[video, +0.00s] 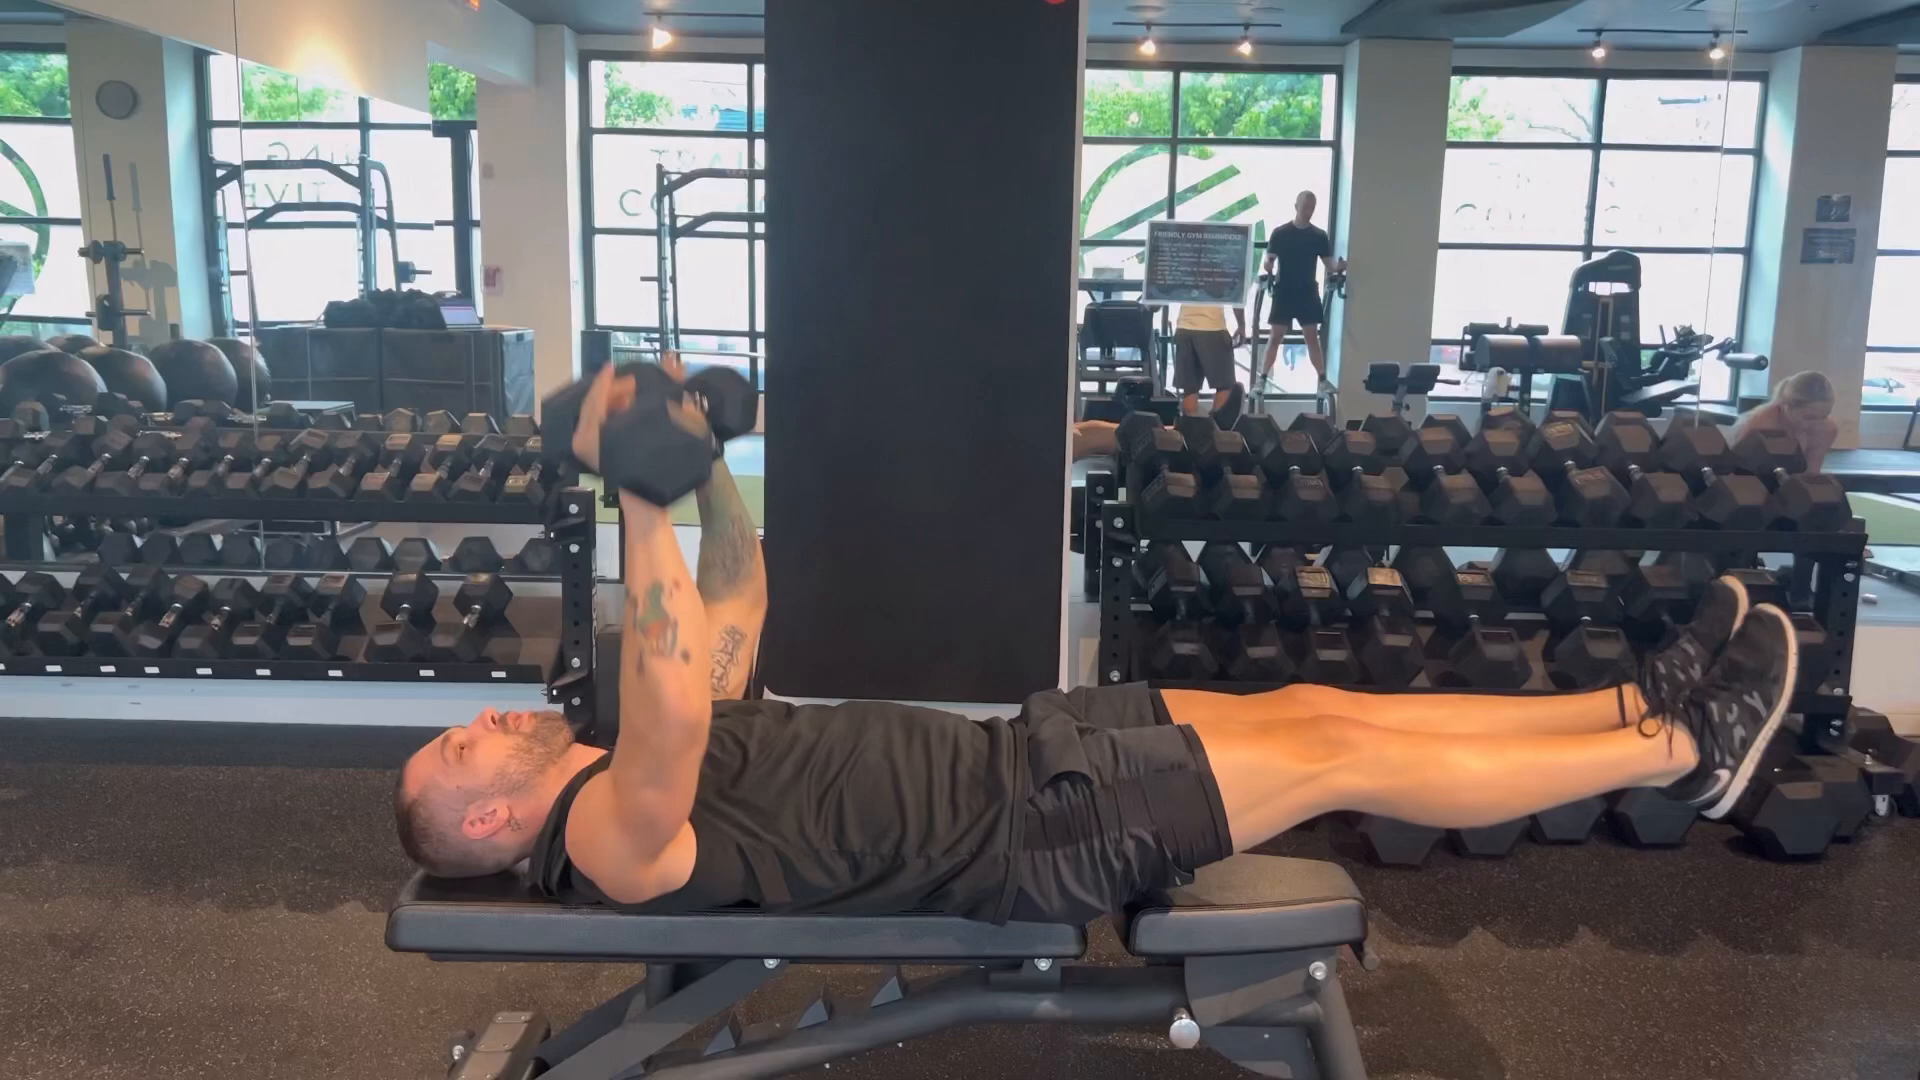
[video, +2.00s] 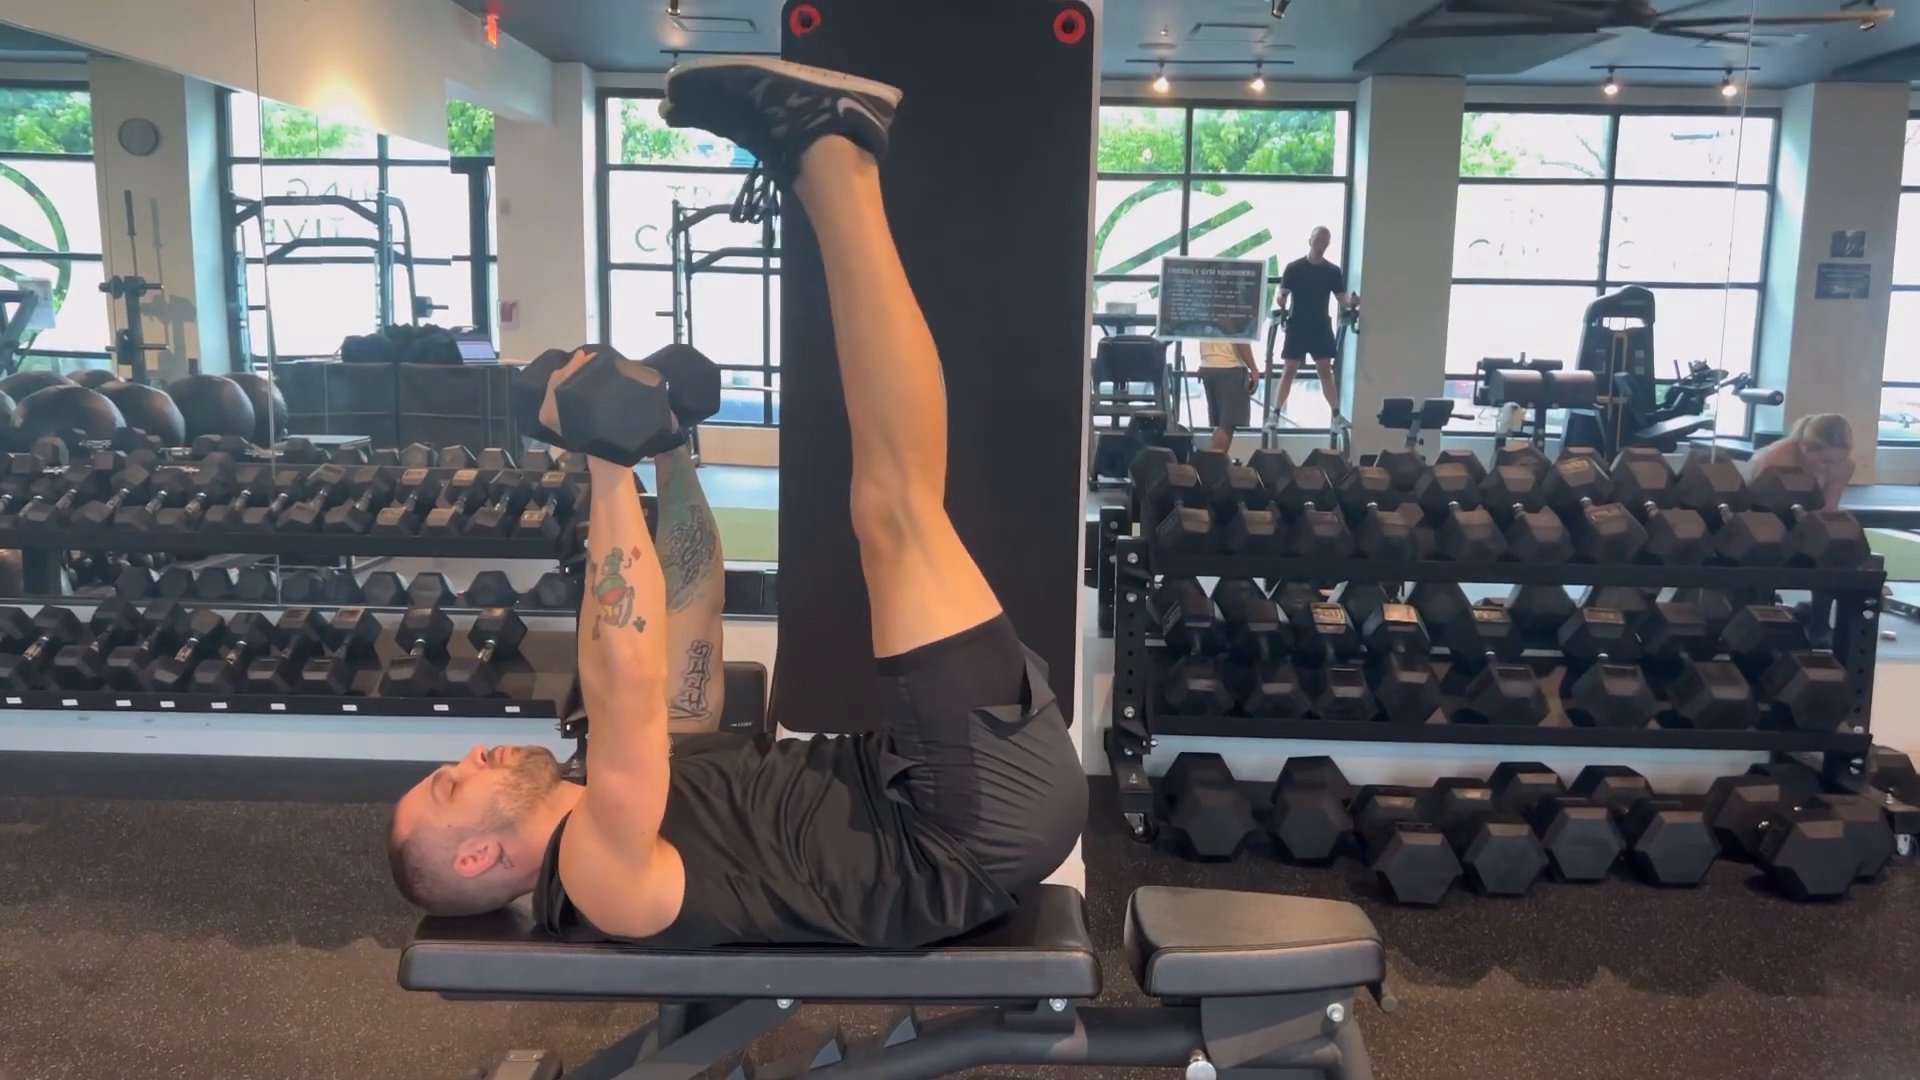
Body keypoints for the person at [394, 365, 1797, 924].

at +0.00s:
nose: (496, 722)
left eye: (476, 729)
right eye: (473, 753)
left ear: (524, 748)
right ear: (499, 826)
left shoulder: (630, 759)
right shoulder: (613, 841)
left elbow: (729, 639)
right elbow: (671, 700)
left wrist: (705, 478)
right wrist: (644, 512)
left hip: (1034, 743)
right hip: (1038, 812)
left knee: (1334, 706)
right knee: (1340, 748)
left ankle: (1645, 714)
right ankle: (1671, 751)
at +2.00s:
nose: (481, 750)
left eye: (450, 764)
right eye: (456, 779)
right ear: (490, 851)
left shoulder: (621, 814)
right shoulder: (608, 862)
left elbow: (691, 591)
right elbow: (626, 658)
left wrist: (657, 444)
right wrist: (607, 454)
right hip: (973, 826)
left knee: (897, 502)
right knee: (893, 505)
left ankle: (830, 157)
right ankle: (828, 154)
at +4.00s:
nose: (509, 787)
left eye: (490, 792)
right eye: (482, 817)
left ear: (536, 789)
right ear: (500, 881)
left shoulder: (647, 804)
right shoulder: (619, 894)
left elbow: (764, 707)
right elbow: (691, 877)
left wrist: (722, 591)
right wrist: (650, 666)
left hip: (1053, 791)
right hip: (1051, 865)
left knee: (1360, 794)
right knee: (1366, 842)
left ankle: (1683, 807)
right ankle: (1702, 853)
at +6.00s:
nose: (492, 788)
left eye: (476, 796)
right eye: (467, 824)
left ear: (520, 819)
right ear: (500, 901)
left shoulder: (642, 829)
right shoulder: (622, 900)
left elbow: (693, 658)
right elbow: (630, 694)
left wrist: (665, 477)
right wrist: (601, 507)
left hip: (981, 831)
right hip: (1008, 897)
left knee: (1200, 579)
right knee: (1204, 598)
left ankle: (1424, 352)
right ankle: (1464, 355)